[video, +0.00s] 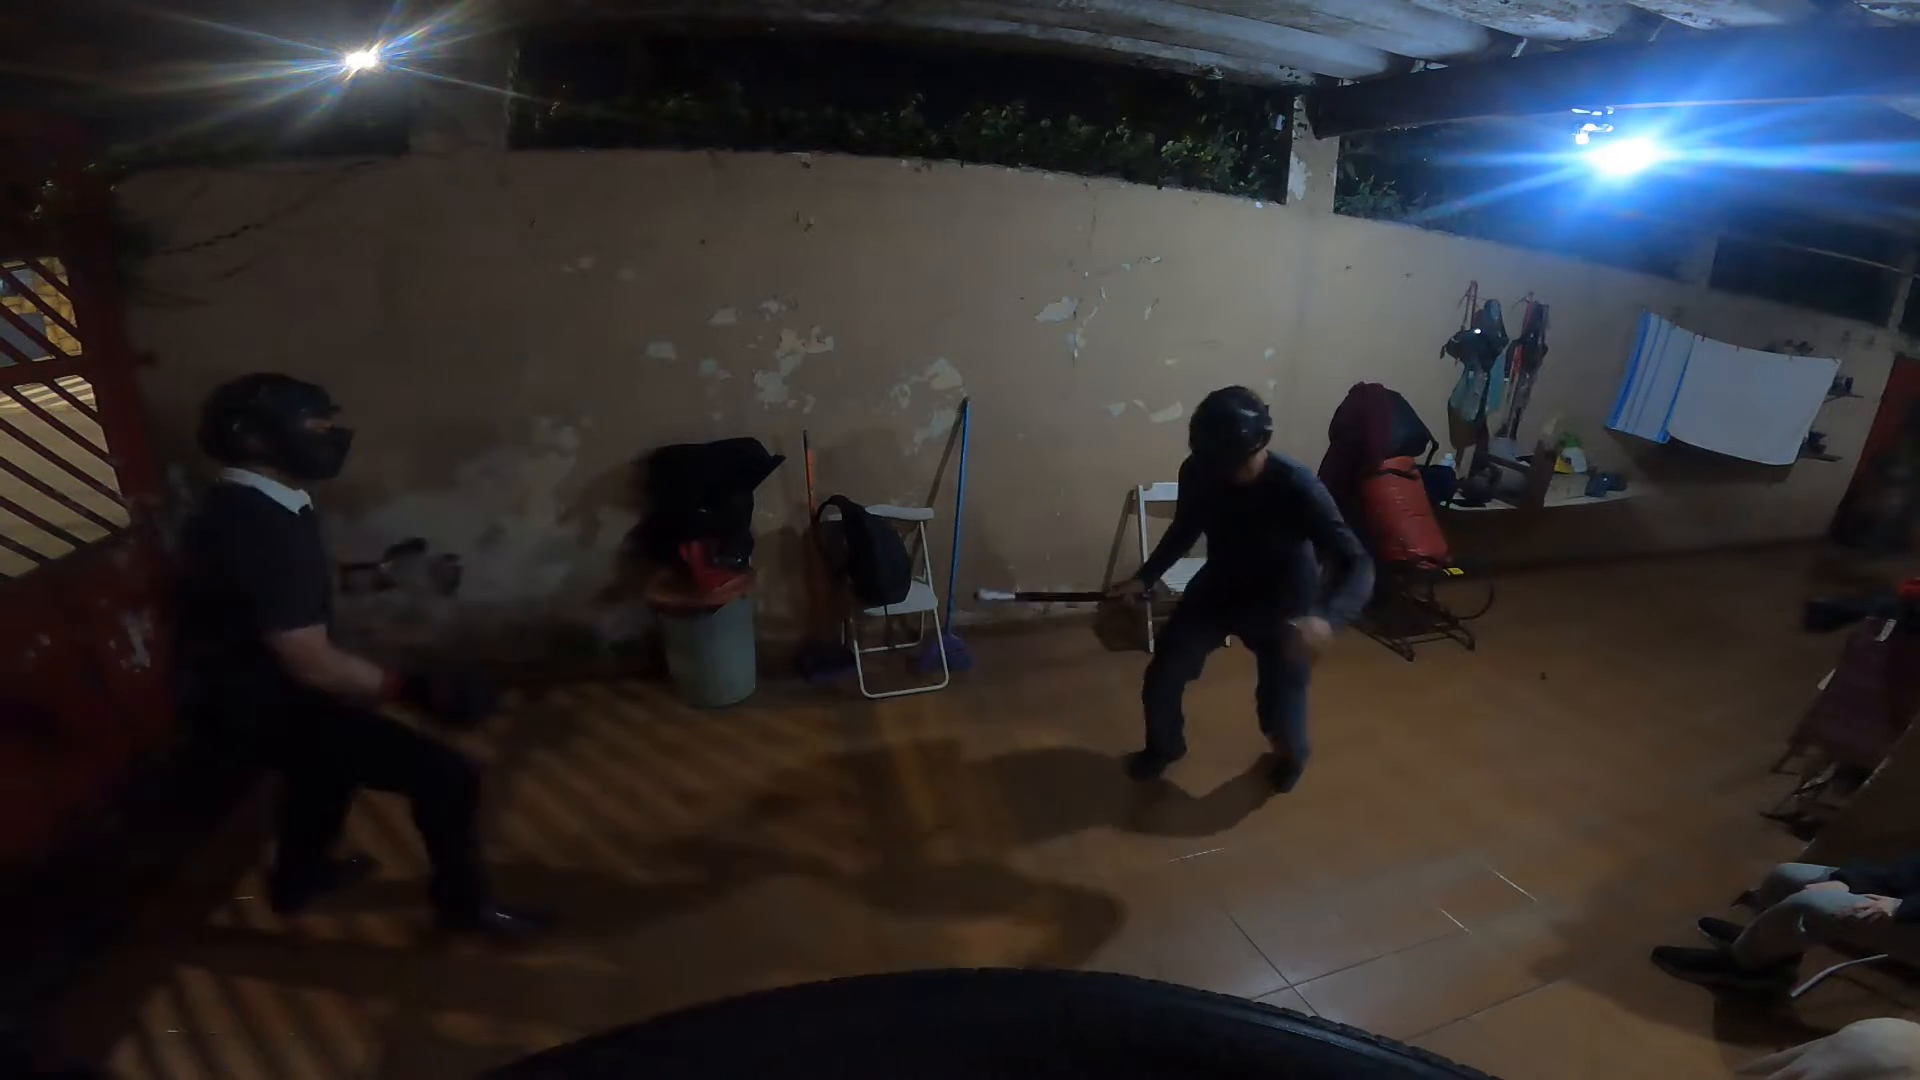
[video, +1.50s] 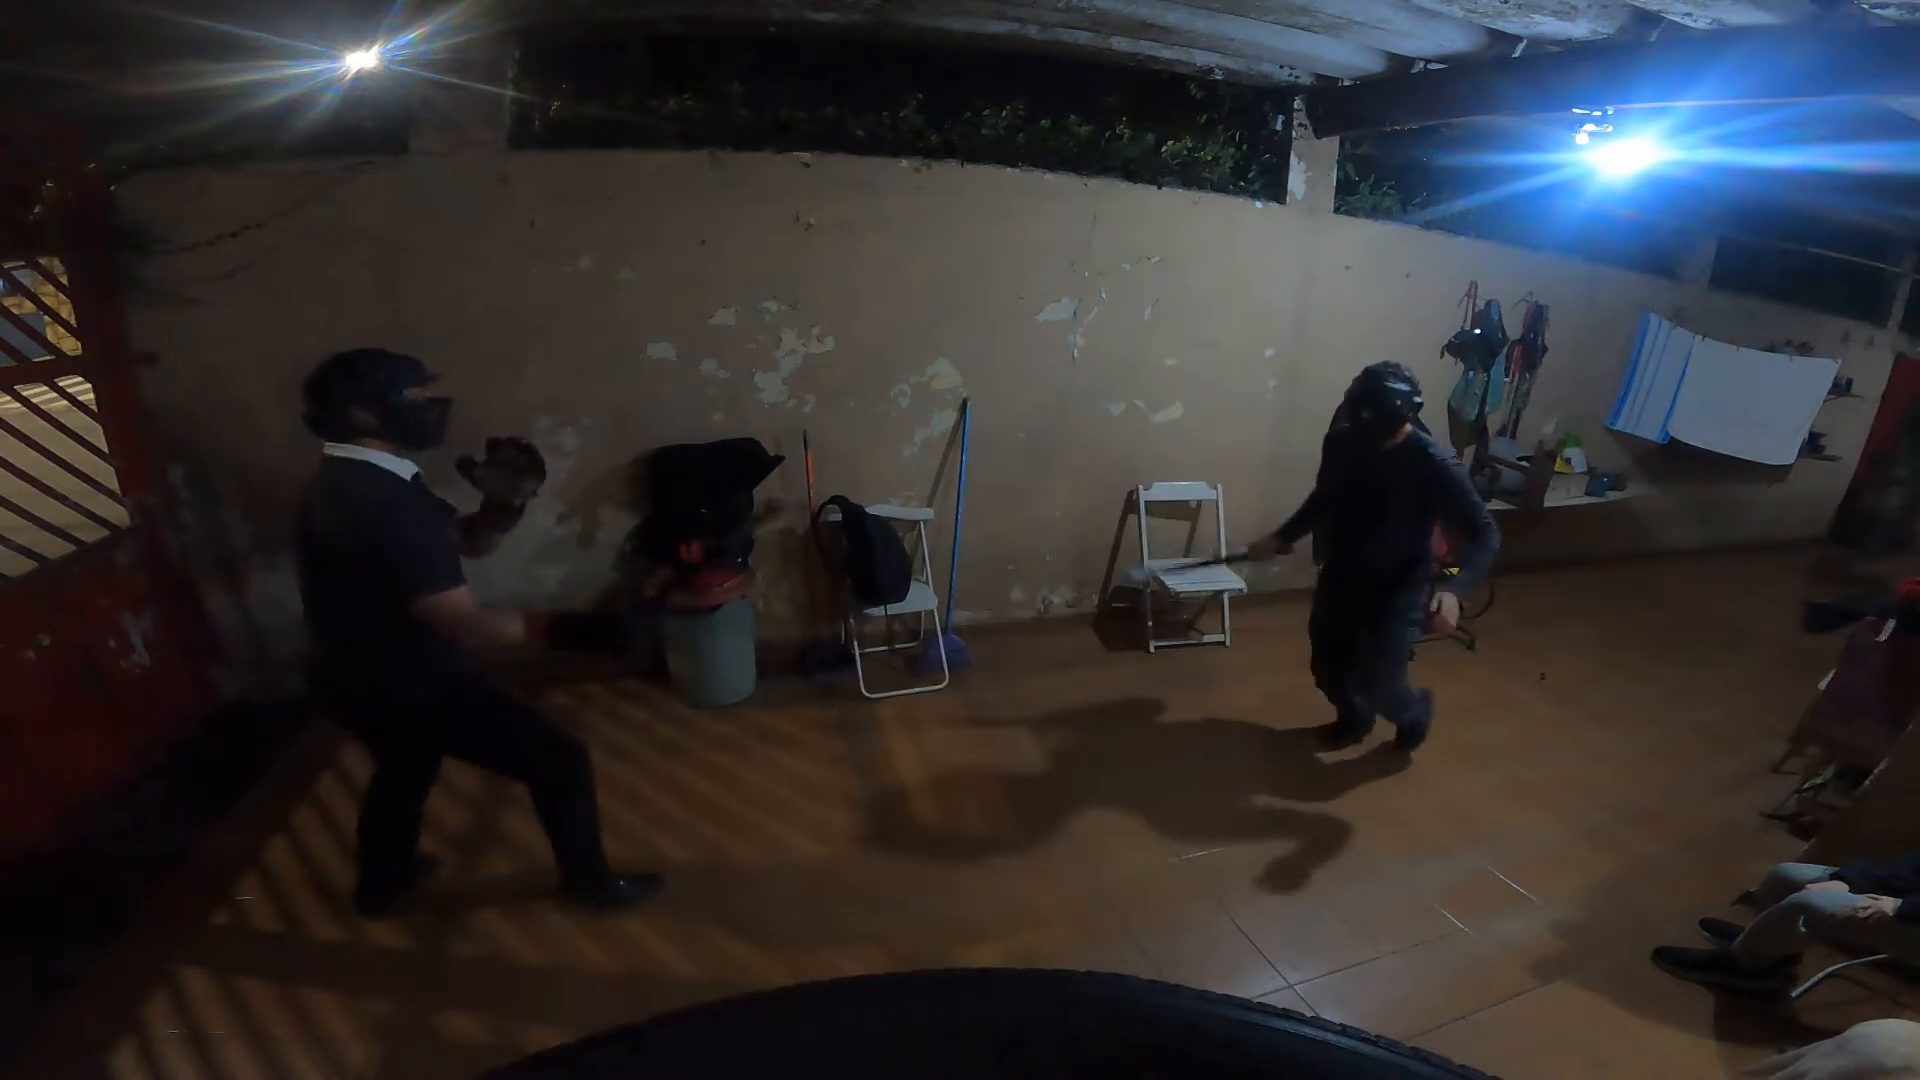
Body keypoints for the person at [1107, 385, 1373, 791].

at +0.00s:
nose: (1228, 471)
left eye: (1236, 461)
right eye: (1219, 461)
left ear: (1259, 448)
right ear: (1207, 452)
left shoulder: (1295, 485)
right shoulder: (1199, 473)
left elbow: (1357, 563)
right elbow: (1185, 528)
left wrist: (1329, 617)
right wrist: (1146, 577)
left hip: (1282, 599)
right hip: (1219, 589)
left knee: (1280, 714)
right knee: (1161, 681)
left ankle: (1292, 758)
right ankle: (1164, 747)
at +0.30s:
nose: (1255, 488)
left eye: (1265, 478)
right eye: (1244, 475)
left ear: (1282, 470)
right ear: (1227, 459)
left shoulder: (1302, 521)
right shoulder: (1191, 480)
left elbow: (1306, 616)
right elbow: (1151, 544)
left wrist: (1225, 622)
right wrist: (1124, 595)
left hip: (1236, 624)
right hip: (1168, 601)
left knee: (1234, 725)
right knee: (1095, 692)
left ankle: (1246, 778)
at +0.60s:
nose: (1111, 544)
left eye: (1118, 533)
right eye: (1101, 534)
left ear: (1138, 517)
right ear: (1082, 522)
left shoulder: (1177, 545)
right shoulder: (1063, 539)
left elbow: (1250, 584)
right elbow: (990, 575)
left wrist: (1310, 630)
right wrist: (931, 614)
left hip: (1176, 652)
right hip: (1106, 646)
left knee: (1216, 754)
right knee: (1051, 723)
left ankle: (1246, 772)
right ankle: (981, 819)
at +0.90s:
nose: (1255, 485)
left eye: (1264, 476)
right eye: (1250, 471)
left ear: (1270, 474)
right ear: (1221, 461)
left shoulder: (1267, 517)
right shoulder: (1161, 480)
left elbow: (1331, 554)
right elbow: (1121, 533)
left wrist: (1384, 559)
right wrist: (1092, 580)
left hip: (1202, 640)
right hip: (1128, 632)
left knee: (1257, 737)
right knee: (1057, 728)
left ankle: (1248, 778)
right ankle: (977, 824)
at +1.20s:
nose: (1323, 409)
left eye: (1335, 404)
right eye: (1324, 398)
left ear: (1365, 414)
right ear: (1322, 397)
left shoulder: (1390, 471)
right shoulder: (1301, 428)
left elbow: (1407, 564)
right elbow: (1254, 463)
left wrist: (1358, 612)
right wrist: (1178, 472)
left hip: (1312, 601)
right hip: (1256, 572)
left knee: (1266, 698)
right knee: (1198, 654)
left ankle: (1242, 764)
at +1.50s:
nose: (1361, 422)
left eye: (1371, 416)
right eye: (1359, 412)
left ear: (1401, 419)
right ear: (1354, 407)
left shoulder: (1430, 462)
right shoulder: (1342, 443)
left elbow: (1484, 533)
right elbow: (1324, 498)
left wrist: (1455, 588)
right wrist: (1281, 538)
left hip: (1397, 586)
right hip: (1342, 575)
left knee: (1376, 679)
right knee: (1329, 665)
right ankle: (1354, 719)